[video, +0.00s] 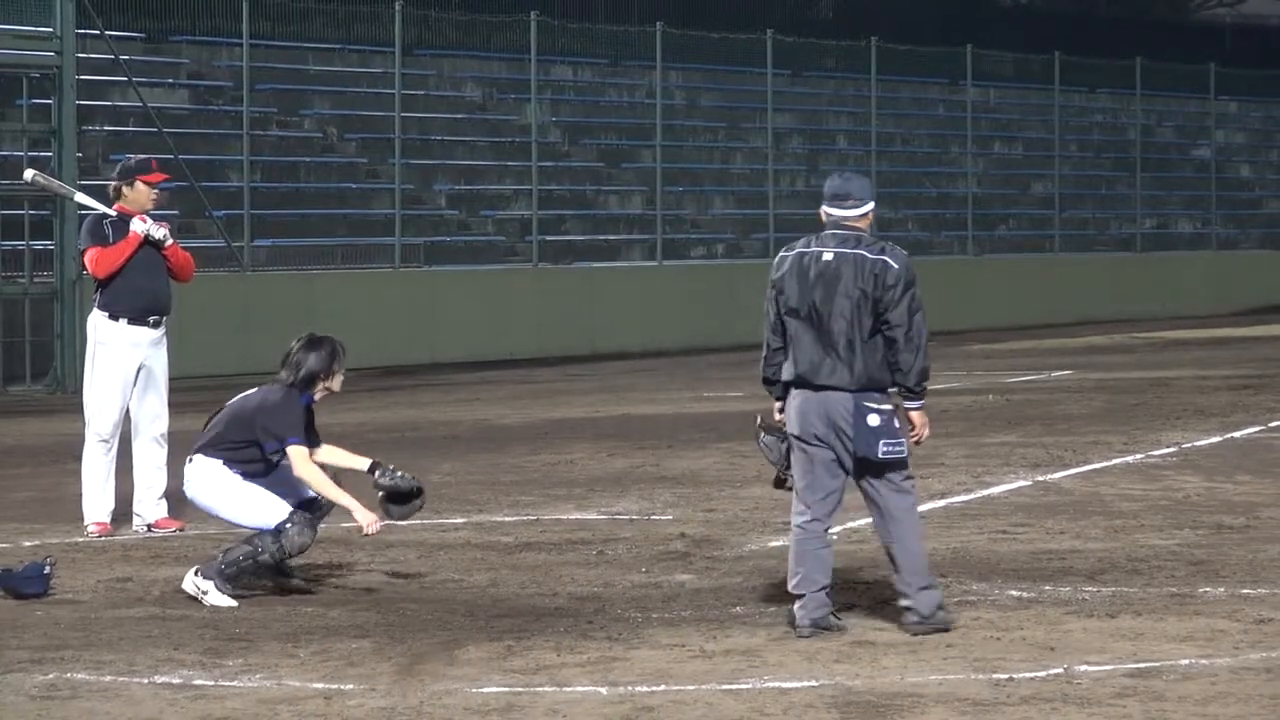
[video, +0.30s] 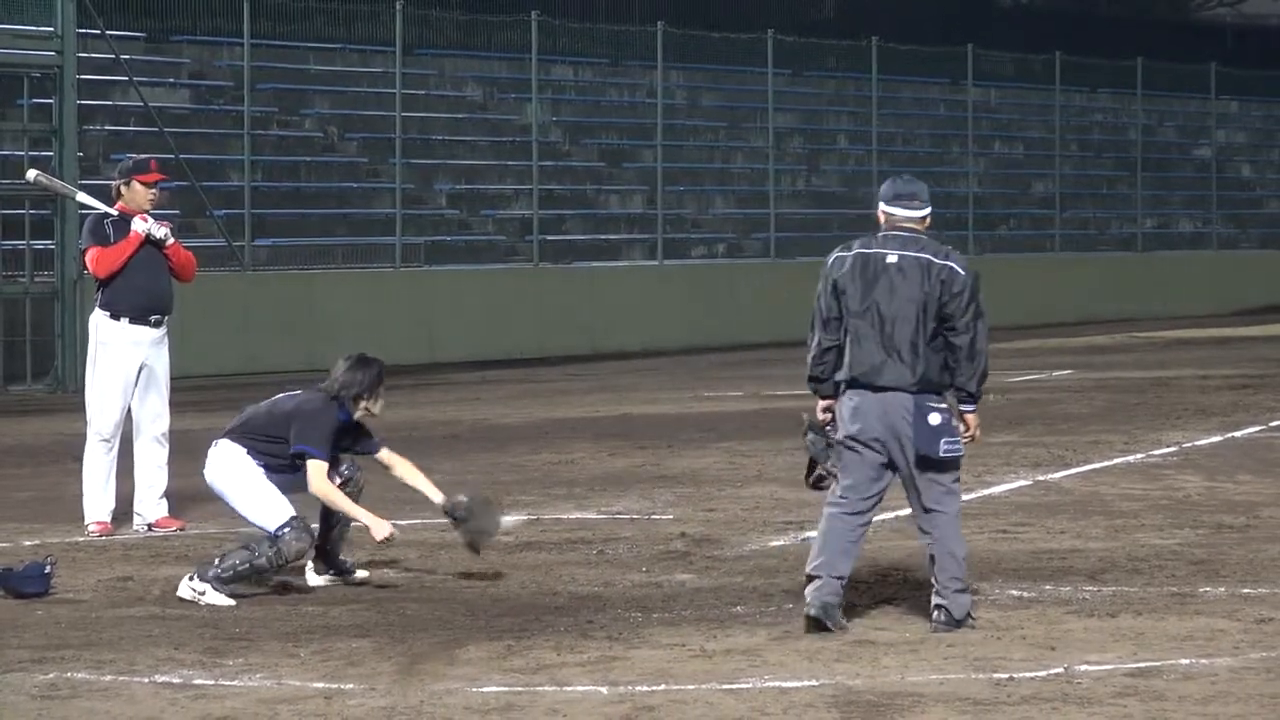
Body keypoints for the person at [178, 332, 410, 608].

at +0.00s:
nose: (343, 374)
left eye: (341, 367)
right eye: (339, 368)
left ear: (306, 367)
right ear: (323, 374)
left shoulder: (299, 401)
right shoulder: (285, 402)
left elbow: (316, 451)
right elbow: (302, 468)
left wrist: (374, 467)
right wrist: (355, 508)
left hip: (245, 469)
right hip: (211, 475)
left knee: (319, 500)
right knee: (298, 528)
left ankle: (269, 559)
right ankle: (208, 575)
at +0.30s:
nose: (381, 398)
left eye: (381, 391)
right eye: (379, 391)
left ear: (347, 384)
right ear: (365, 393)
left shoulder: (345, 418)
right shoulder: (320, 411)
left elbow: (392, 460)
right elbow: (317, 484)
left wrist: (441, 499)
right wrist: (369, 520)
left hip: (265, 465)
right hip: (232, 463)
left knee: (347, 474)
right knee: (295, 538)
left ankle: (326, 566)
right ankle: (203, 580)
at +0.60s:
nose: (478, 320)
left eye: (479, 313)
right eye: (475, 313)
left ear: (453, 314)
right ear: (454, 314)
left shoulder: (444, 347)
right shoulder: (410, 333)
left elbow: (458, 395)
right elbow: (368, 392)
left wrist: (454, 414)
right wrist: (415, 427)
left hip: (369, 412)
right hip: (337, 399)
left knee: (409, 501)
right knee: (341, 495)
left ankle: (328, 559)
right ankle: (253, 551)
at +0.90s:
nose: (559, 226)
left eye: (558, 218)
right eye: (551, 220)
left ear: (540, 225)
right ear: (527, 225)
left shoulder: (559, 262)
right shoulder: (487, 260)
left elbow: (610, 281)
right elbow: (428, 280)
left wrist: (657, 303)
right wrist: (468, 242)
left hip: (542, 370)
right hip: (499, 367)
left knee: (550, 478)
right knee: (524, 468)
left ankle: (482, 502)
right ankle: (497, 550)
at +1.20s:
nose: (699, 223)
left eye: (697, 218)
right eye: (695, 218)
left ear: (669, 223)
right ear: (681, 223)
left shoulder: (671, 268)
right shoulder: (675, 261)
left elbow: (689, 328)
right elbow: (718, 260)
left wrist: (736, 344)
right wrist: (672, 239)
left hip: (693, 373)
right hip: (683, 372)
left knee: (752, 455)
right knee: (666, 482)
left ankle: (748, 552)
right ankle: (575, 516)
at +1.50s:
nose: (798, 193)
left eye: (795, 186)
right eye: (796, 187)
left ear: (753, 186)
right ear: (788, 190)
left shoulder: (728, 222)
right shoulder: (805, 226)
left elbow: (699, 279)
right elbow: (824, 281)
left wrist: (709, 326)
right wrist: (829, 328)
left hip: (749, 327)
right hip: (797, 324)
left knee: (758, 436)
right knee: (821, 404)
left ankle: (760, 534)